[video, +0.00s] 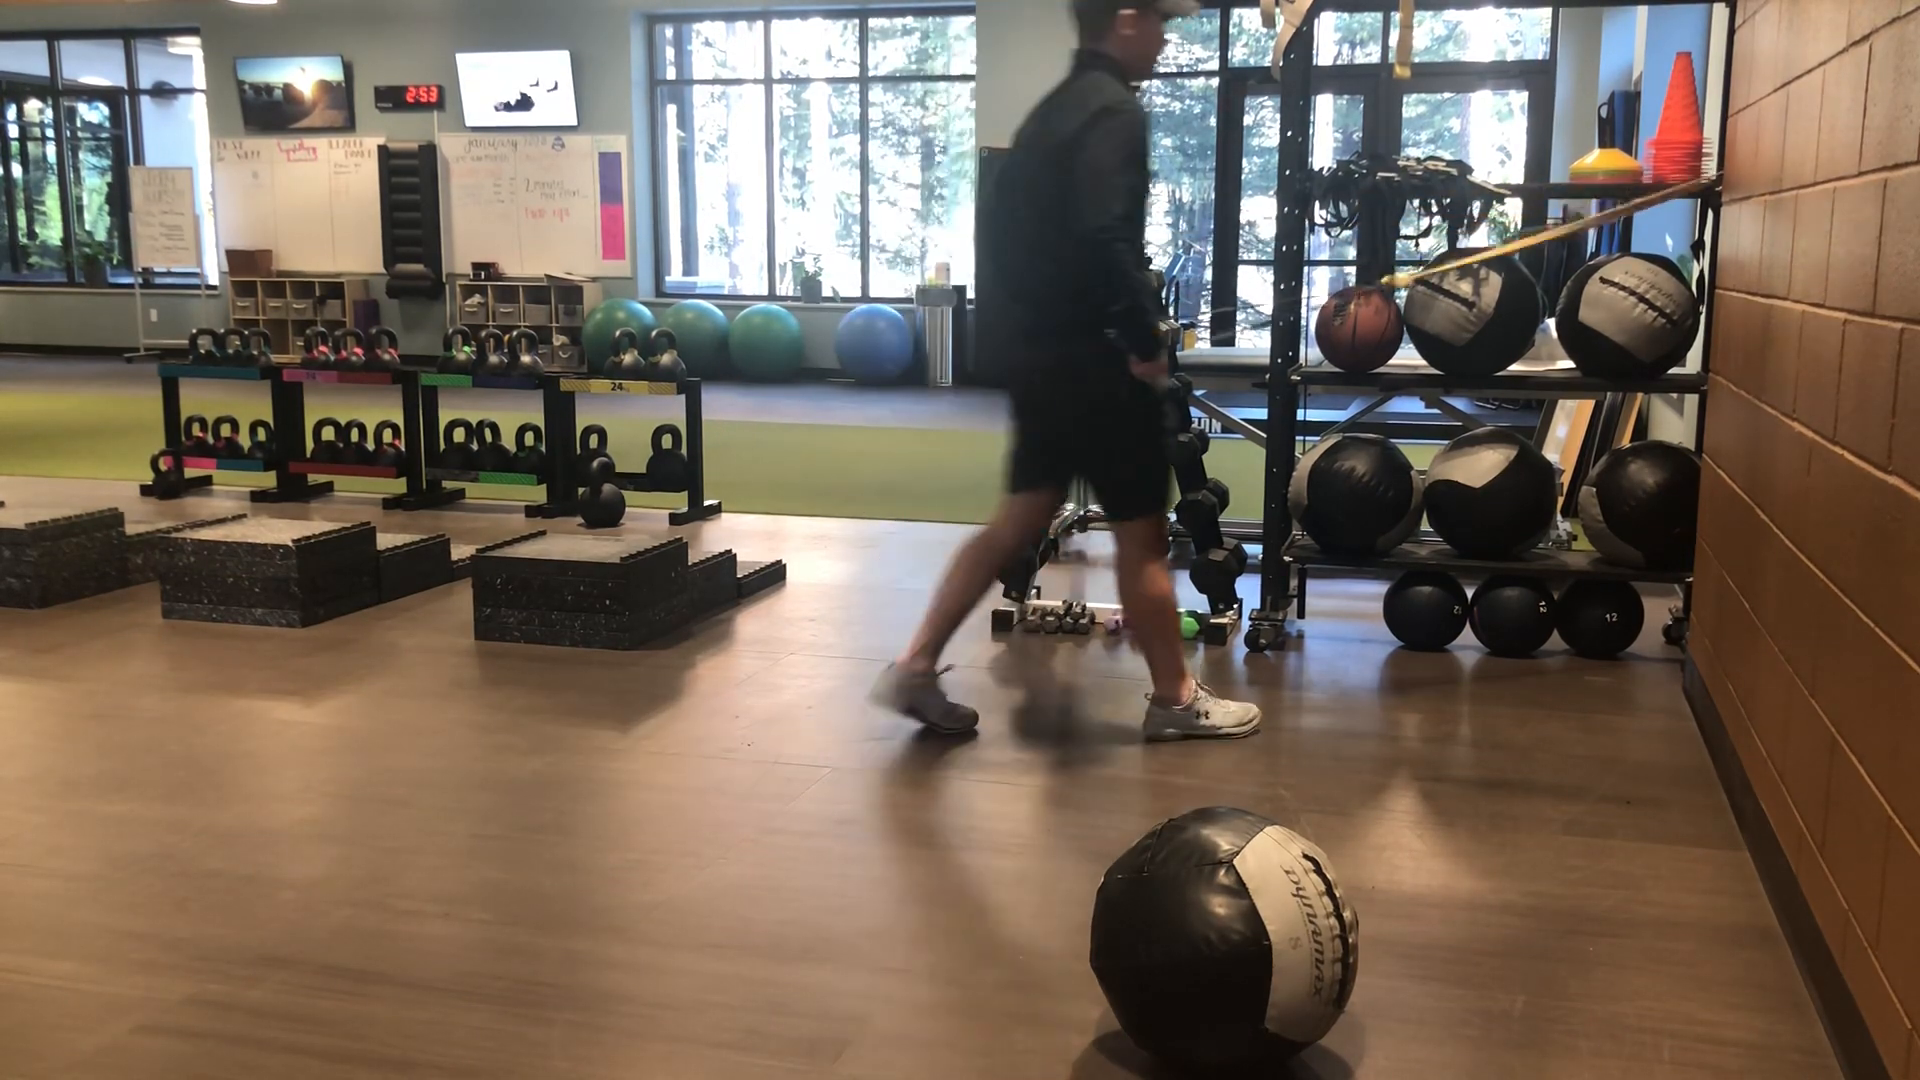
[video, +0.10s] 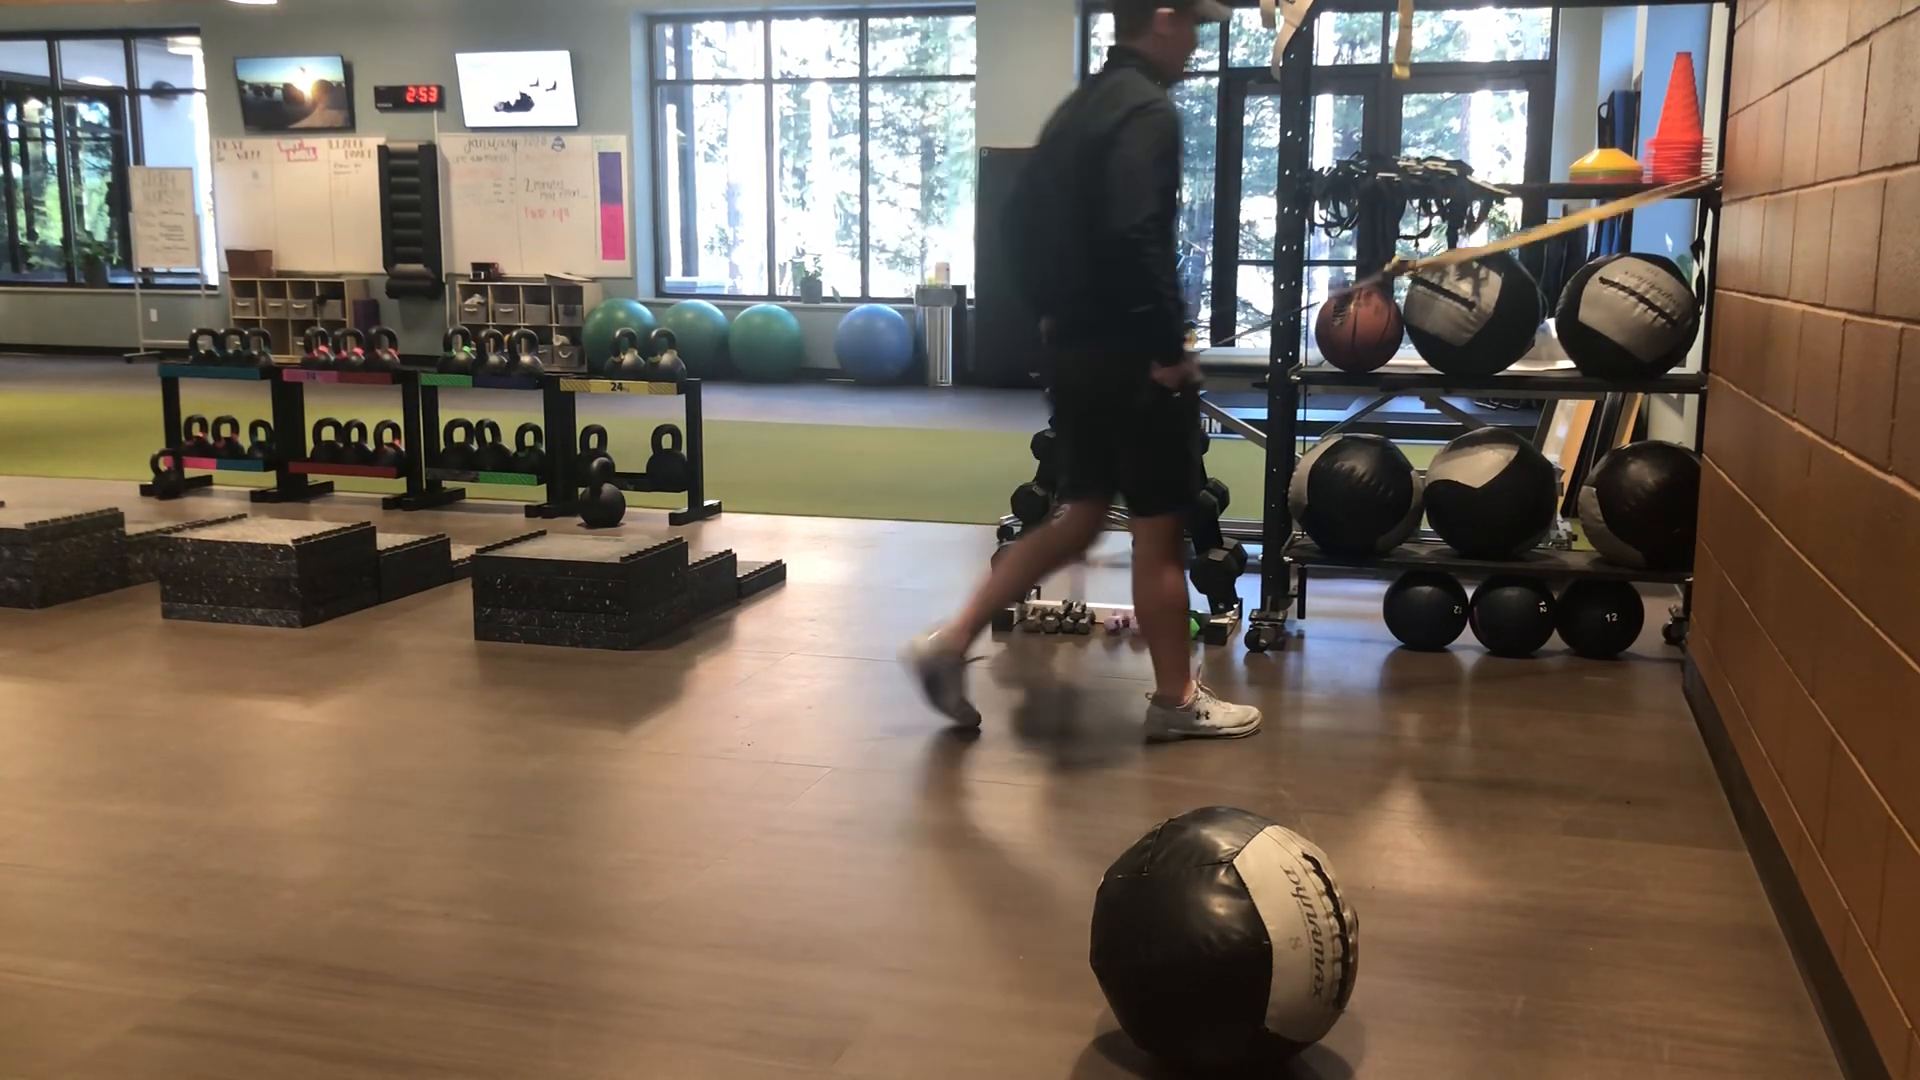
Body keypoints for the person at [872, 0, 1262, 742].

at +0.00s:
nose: (1165, 40)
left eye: (1165, 27)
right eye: (1159, 25)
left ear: (1105, 29)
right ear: (1124, 24)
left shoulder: (1058, 107)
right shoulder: (1114, 110)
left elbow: (1032, 237)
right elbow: (1106, 234)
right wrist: (1146, 340)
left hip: (1040, 354)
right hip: (1097, 356)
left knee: (1021, 518)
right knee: (1143, 534)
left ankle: (914, 669)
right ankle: (1176, 698)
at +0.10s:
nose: (1194, 42)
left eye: (1196, 30)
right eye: (1190, 27)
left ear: (1135, 28)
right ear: (1158, 23)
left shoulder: (1083, 103)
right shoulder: (1148, 110)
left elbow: (1031, 222)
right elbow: (1140, 233)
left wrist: (1057, 319)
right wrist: (1170, 345)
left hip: (1074, 346)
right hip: (1139, 350)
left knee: (1079, 516)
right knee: (1159, 526)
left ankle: (949, 644)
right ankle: (1176, 698)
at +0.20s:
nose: (1237, 45)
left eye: (1239, 33)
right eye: (1235, 30)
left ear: (1175, 28)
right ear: (1206, 23)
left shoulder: (1117, 104)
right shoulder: (1199, 111)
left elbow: (1062, 212)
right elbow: (1179, 227)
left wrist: (1070, 315)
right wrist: (1208, 336)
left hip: (1111, 334)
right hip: (1171, 338)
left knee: (1168, 509)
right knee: (1179, 516)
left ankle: (1038, 613)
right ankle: (1179, 699)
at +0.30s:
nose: (1282, 51)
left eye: (1285, 37)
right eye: (1280, 34)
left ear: (1219, 26)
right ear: (1249, 24)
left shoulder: (1156, 99)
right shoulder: (1239, 108)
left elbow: (1096, 214)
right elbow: (1215, 227)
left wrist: (1098, 318)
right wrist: (1234, 341)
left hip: (1145, 330)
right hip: (1199, 338)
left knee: (1232, 486)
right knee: (1201, 511)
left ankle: (1142, 632)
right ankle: (1179, 699)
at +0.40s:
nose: (1318, 60)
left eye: (1321, 46)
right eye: (1318, 42)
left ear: (1255, 30)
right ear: (1292, 29)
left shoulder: (1198, 106)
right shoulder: (1280, 112)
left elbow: (1136, 228)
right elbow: (1252, 236)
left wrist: (1119, 326)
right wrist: (1236, 354)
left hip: (1185, 339)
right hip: (1241, 346)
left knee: (1277, 489)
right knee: (1217, 526)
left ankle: (1258, 651)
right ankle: (1179, 697)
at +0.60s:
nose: (1408, 94)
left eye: (1410, 80)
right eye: (1407, 79)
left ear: (1345, 64)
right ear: (1381, 70)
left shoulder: (1295, 127)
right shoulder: (1359, 138)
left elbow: (1237, 239)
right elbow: (1329, 255)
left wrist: (1216, 346)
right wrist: (1310, 370)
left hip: (1276, 349)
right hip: (1321, 357)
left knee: (1347, 513)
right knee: (1328, 522)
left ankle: (1375, 661)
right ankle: (1211, 660)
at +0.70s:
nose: (1432, 102)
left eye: (1438, 89)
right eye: (1436, 86)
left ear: (1378, 62)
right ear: (1411, 67)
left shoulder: (1313, 131)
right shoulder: (1377, 141)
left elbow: (1272, 251)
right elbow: (1354, 262)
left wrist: (1250, 351)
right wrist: (1347, 376)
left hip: (1289, 350)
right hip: (1337, 355)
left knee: (1361, 509)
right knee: (1385, 512)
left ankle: (1377, 663)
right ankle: (1250, 638)